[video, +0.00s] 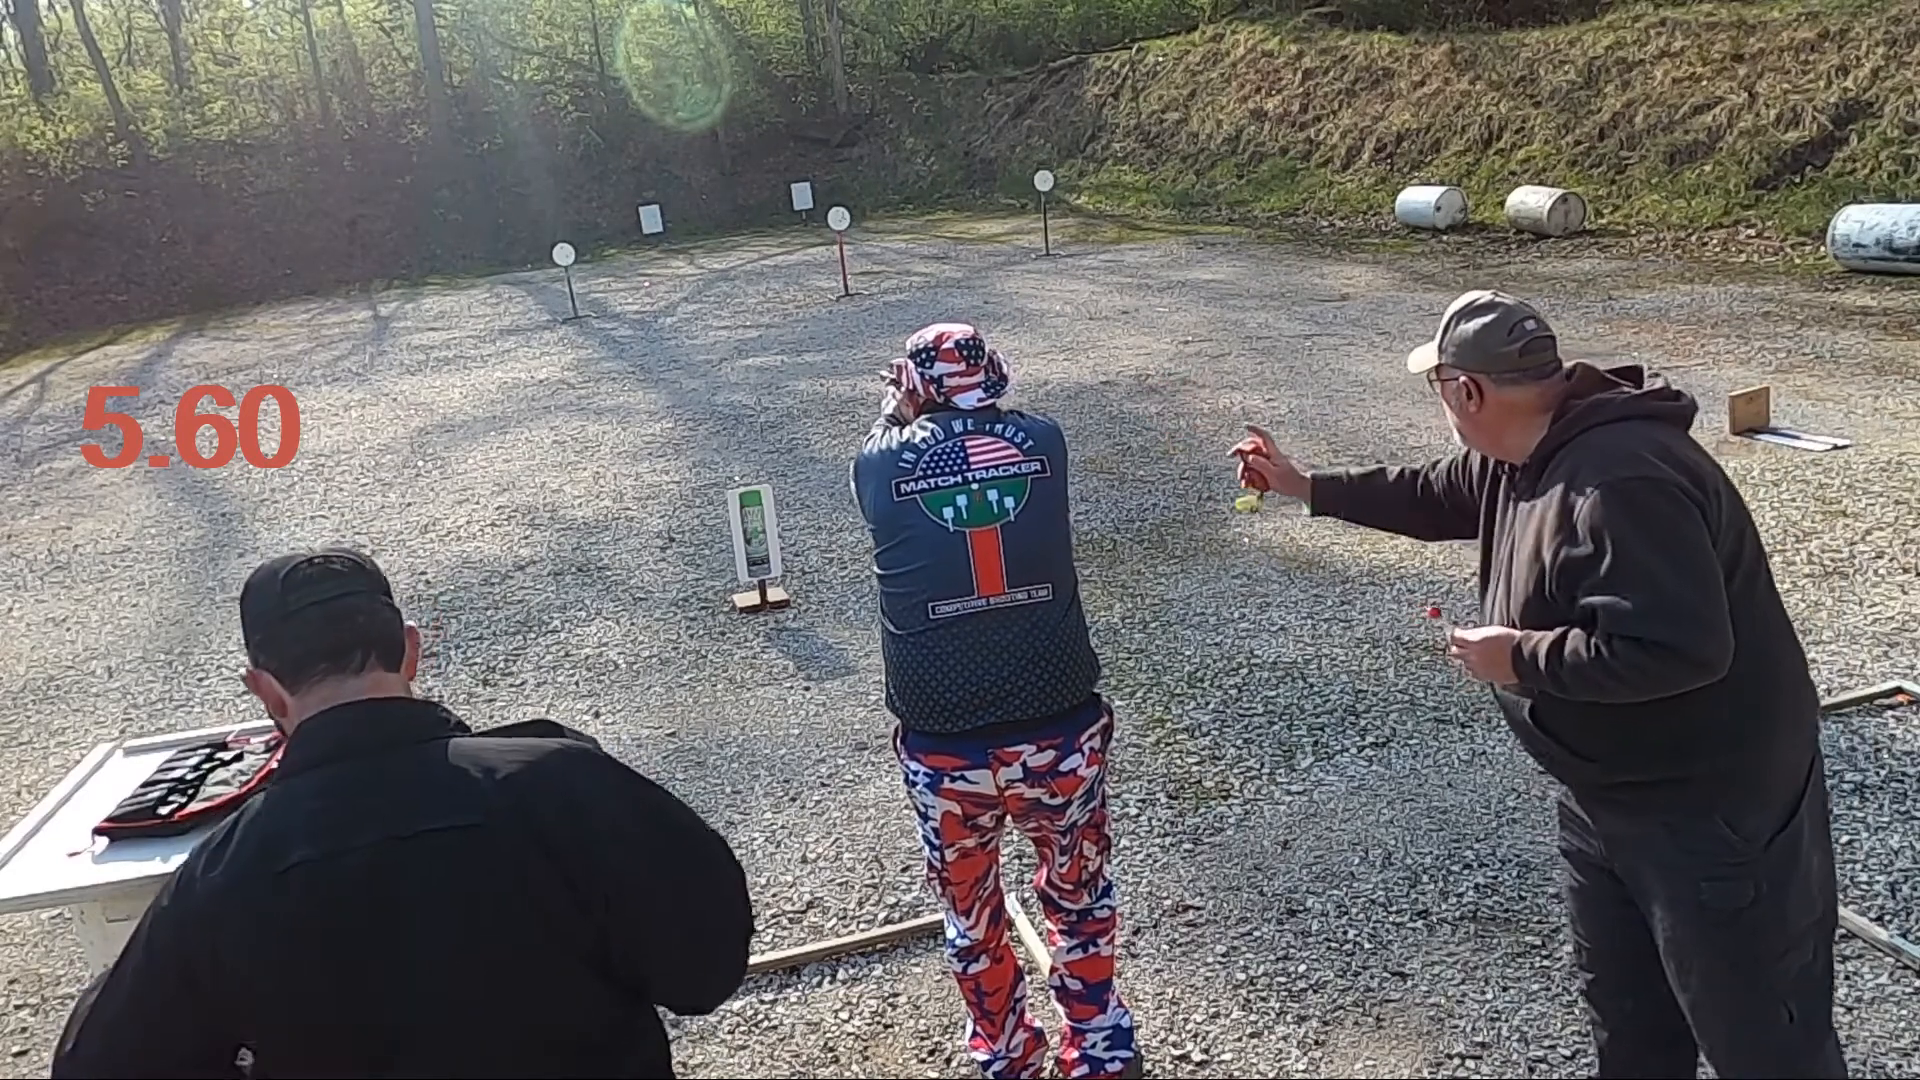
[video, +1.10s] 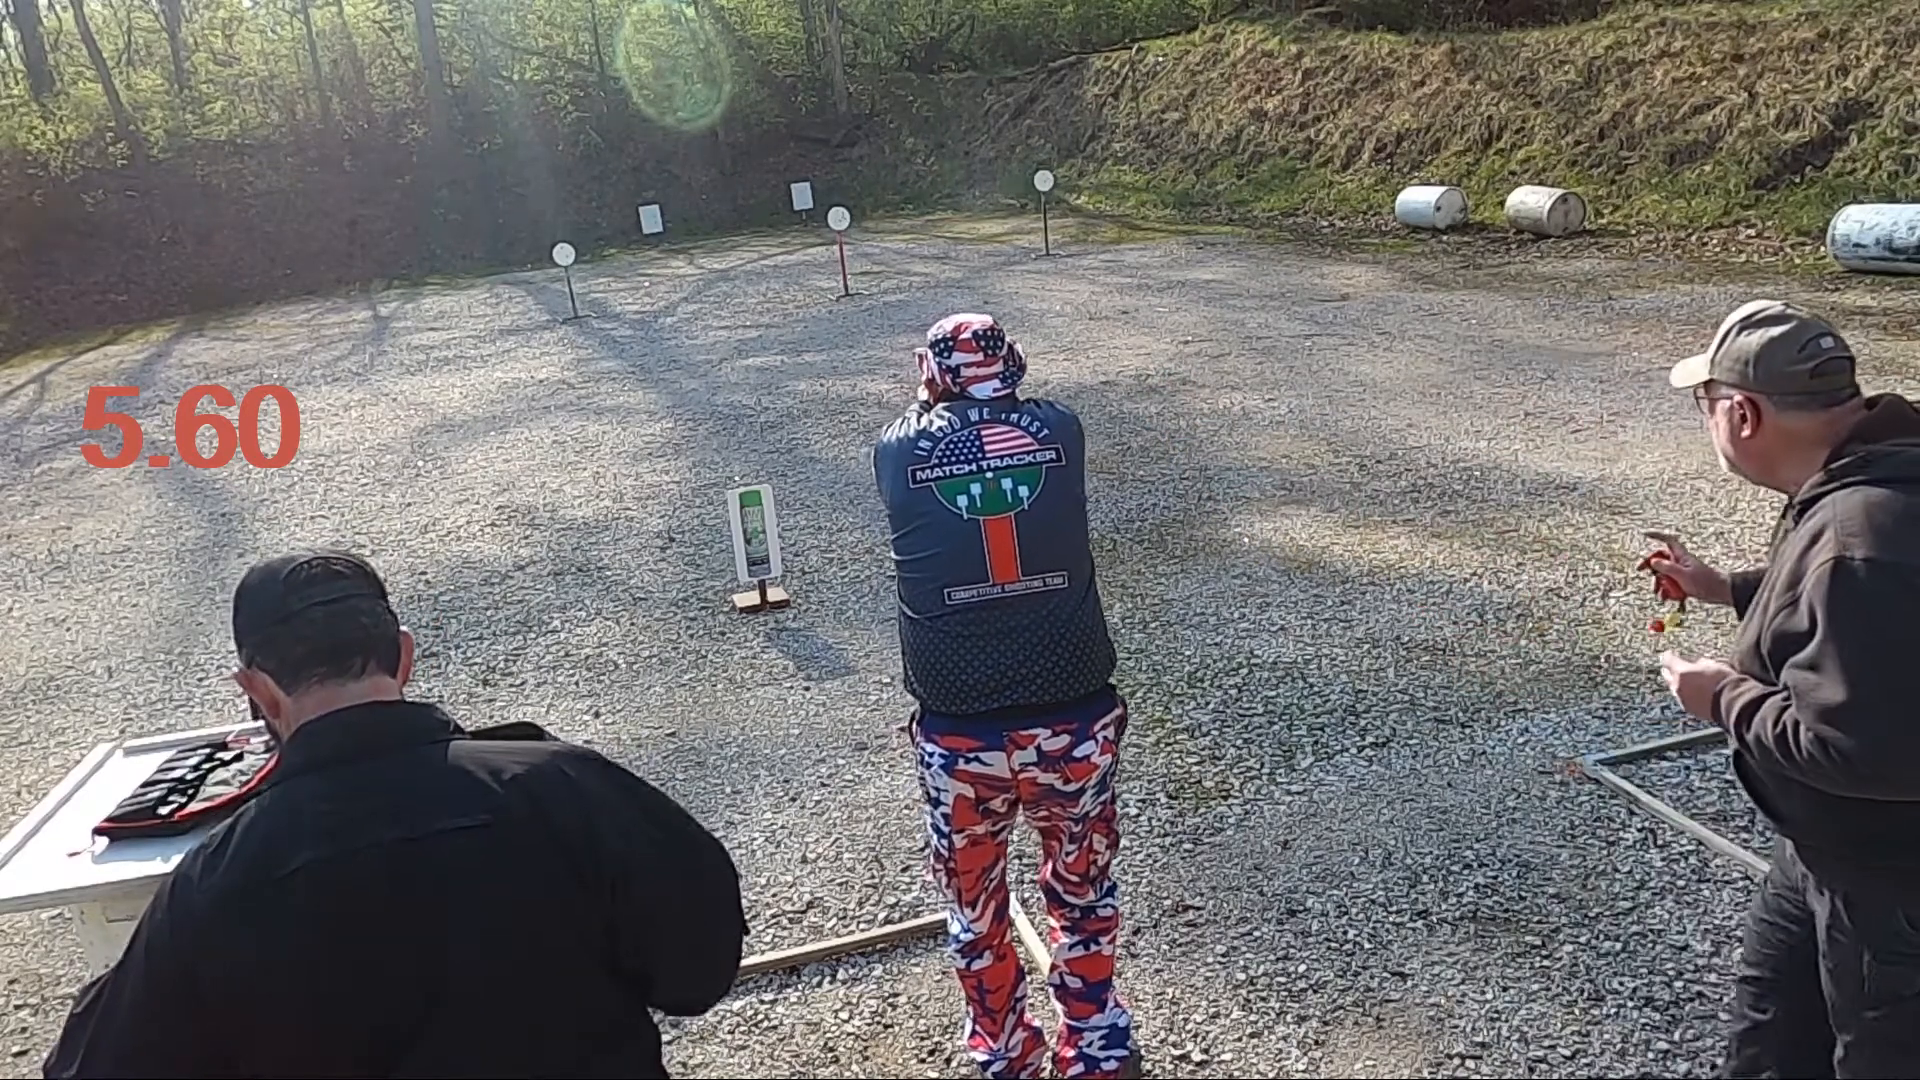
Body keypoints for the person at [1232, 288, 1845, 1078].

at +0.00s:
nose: (1440, 401)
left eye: (1440, 386)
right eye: (1439, 386)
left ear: (1470, 393)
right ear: (1535, 373)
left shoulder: (1619, 482)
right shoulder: (1522, 462)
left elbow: (1682, 647)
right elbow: (1434, 495)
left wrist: (1521, 655)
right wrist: (1306, 488)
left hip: (1716, 811)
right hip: (1607, 797)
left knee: (1765, 1048)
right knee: (1633, 1036)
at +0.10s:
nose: (1457, 408)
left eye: (1455, 391)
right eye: (1453, 392)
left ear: (1483, 397)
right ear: (1549, 375)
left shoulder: (1629, 491)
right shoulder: (1558, 466)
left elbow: (1682, 658)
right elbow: (1496, 529)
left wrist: (1527, 659)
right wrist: (1365, 520)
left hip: (1725, 815)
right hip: (1621, 800)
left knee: (1784, 1050)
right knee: (1638, 1036)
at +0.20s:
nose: (1478, 412)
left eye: (1476, 395)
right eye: (1475, 395)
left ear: (1504, 400)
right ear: (1577, 374)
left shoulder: (1638, 498)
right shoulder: (1589, 463)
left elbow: (1693, 674)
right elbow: (1550, 553)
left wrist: (1538, 665)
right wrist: (1431, 551)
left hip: (1742, 826)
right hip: (1637, 807)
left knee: (1801, 1051)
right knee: (1642, 1034)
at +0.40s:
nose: (1532, 422)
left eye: (1533, 405)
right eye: (1532, 404)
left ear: (1564, 413)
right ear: (1634, 390)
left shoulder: (1696, 520)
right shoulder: (1657, 470)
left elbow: (1740, 705)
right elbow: (1647, 587)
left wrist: (1585, 687)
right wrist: (1537, 579)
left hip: (1791, 848)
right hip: (1681, 819)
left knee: (1829, 1062)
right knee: (1657, 1038)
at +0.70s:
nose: (1611, 426)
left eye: (1612, 409)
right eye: (1608, 409)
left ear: (1649, 416)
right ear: (1728, 392)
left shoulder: (1795, 531)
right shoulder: (1733, 488)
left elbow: (1838, 725)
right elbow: (1715, 603)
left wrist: (1666, 701)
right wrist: (1600, 593)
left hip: (1842, 881)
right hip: (1747, 855)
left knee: (1855, 1064)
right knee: (1698, 1056)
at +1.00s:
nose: (1689, 425)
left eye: (1688, 407)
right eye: (1685, 407)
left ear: (1726, 416)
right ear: (1813, 394)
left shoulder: (1851, 547)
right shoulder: (1821, 487)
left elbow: (1867, 752)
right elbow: (1792, 597)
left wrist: (1711, 702)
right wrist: (1686, 590)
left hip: (1868, 889)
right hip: (1803, 857)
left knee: (1872, 1064)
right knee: (1731, 1056)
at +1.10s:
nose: (1709, 427)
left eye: (1707, 408)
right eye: (1706, 409)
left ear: (1746, 415)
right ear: (1834, 391)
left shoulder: (1861, 548)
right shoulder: (1856, 483)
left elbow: (1866, 755)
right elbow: (1821, 589)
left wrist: (1730, 699)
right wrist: (1719, 587)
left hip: (1882, 884)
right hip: (1827, 849)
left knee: (1880, 1056)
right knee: (1768, 1028)